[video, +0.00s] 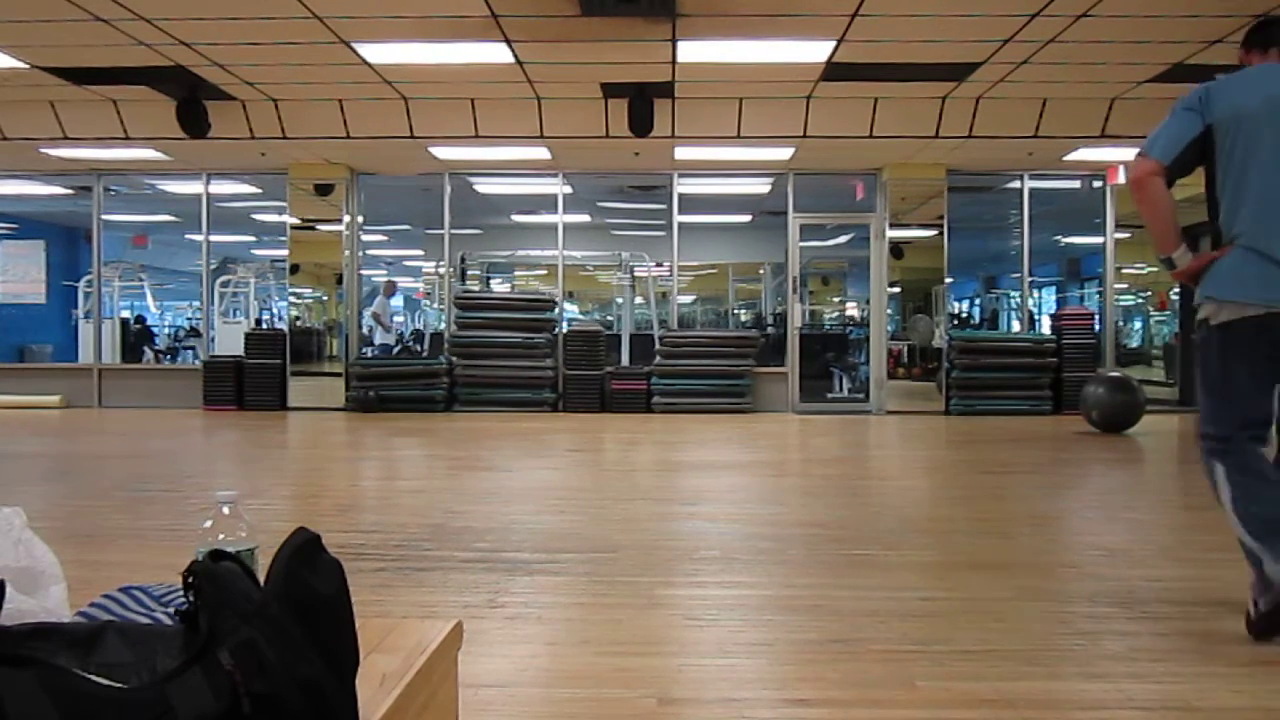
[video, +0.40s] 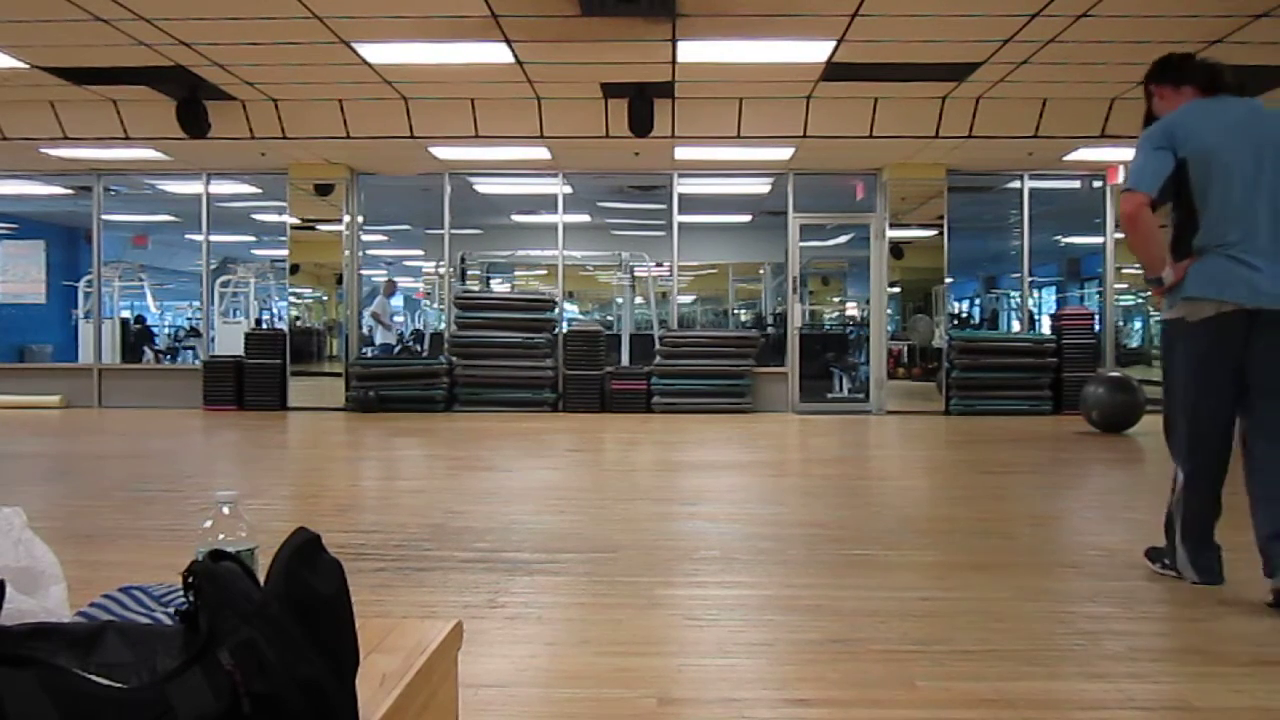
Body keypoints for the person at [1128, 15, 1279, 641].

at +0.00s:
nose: (1239, 69)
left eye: (1241, 58)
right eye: (1248, 58)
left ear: (1250, 52)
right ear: (1278, 51)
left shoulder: (1224, 92)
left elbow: (1146, 172)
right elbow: (1148, 171)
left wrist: (1178, 257)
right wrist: (1181, 255)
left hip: (1248, 292)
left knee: (1232, 441)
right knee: (1249, 442)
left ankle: (1274, 579)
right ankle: (1267, 592)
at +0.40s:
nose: (1153, 115)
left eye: (1152, 106)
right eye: (1150, 107)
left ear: (1168, 91)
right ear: (1210, 86)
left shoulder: (1173, 126)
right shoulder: (1270, 117)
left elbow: (1133, 209)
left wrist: (1159, 273)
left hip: (1209, 299)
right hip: (1275, 299)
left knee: (1201, 437)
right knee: (1268, 435)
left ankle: (1196, 558)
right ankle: (1278, 567)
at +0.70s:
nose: (1105, 127)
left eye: (1103, 121)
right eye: (1103, 121)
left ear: (1116, 107)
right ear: (1156, 104)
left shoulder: (1117, 129)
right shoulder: (1220, 136)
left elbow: (1081, 188)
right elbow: (1259, 207)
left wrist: (1097, 257)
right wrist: (1273, 282)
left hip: (1145, 292)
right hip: (1204, 295)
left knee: (1124, 402)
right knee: (1178, 408)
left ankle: (1174, 519)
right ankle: (1177, 532)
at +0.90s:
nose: (1082, 143)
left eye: (1080, 136)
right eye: (1080, 137)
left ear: (1094, 123)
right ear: (1131, 120)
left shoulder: (1093, 153)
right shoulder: (1186, 157)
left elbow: (1071, 218)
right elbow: (1213, 233)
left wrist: (1061, 275)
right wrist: (1217, 308)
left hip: (1114, 312)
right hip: (1173, 314)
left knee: (1078, 403)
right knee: (1144, 421)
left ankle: (1139, 508)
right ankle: (1127, 528)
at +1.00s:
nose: (1062, 136)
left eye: (1061, 128)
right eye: (1060, 129)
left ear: (1076, 115)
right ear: (1108, 112)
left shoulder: (1080, 146)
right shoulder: (1165, 146)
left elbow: (1064, 212)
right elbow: (1187, 229)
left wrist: (1043, 257)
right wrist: (1155, 267)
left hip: (1101, 299)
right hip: (1163, 299)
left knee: (1083, 403)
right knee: (1151, 411)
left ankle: (1136, 504)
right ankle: (1132, 528)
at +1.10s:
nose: (1047, 155)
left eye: (1045, 145)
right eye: (1043, 148)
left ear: (1057, 127)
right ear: (1085, 122)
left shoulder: (1070, 157)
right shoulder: (1146, 156)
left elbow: (1055, 222)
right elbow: (1167, 229)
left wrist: (1017, 242)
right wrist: (1114, 238)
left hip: (1091, 307)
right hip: (1149, 306)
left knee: (1056, 399)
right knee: (1146, 416)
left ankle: (1107, 499)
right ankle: (1135, 535)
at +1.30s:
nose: (1007, 161)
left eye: (1004, 150)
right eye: (1003, 154)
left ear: (1019, 131)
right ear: (1030, 131)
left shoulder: (1057, 163)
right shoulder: (1081, 160)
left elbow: (1052, 242)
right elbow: (1084, 229)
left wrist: (991, 232)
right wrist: (1025, 204)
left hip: (1064, 314)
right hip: (1103, 313)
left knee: (1028, 412)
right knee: (1114, 419)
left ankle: (997, 508)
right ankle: (1130, 531)